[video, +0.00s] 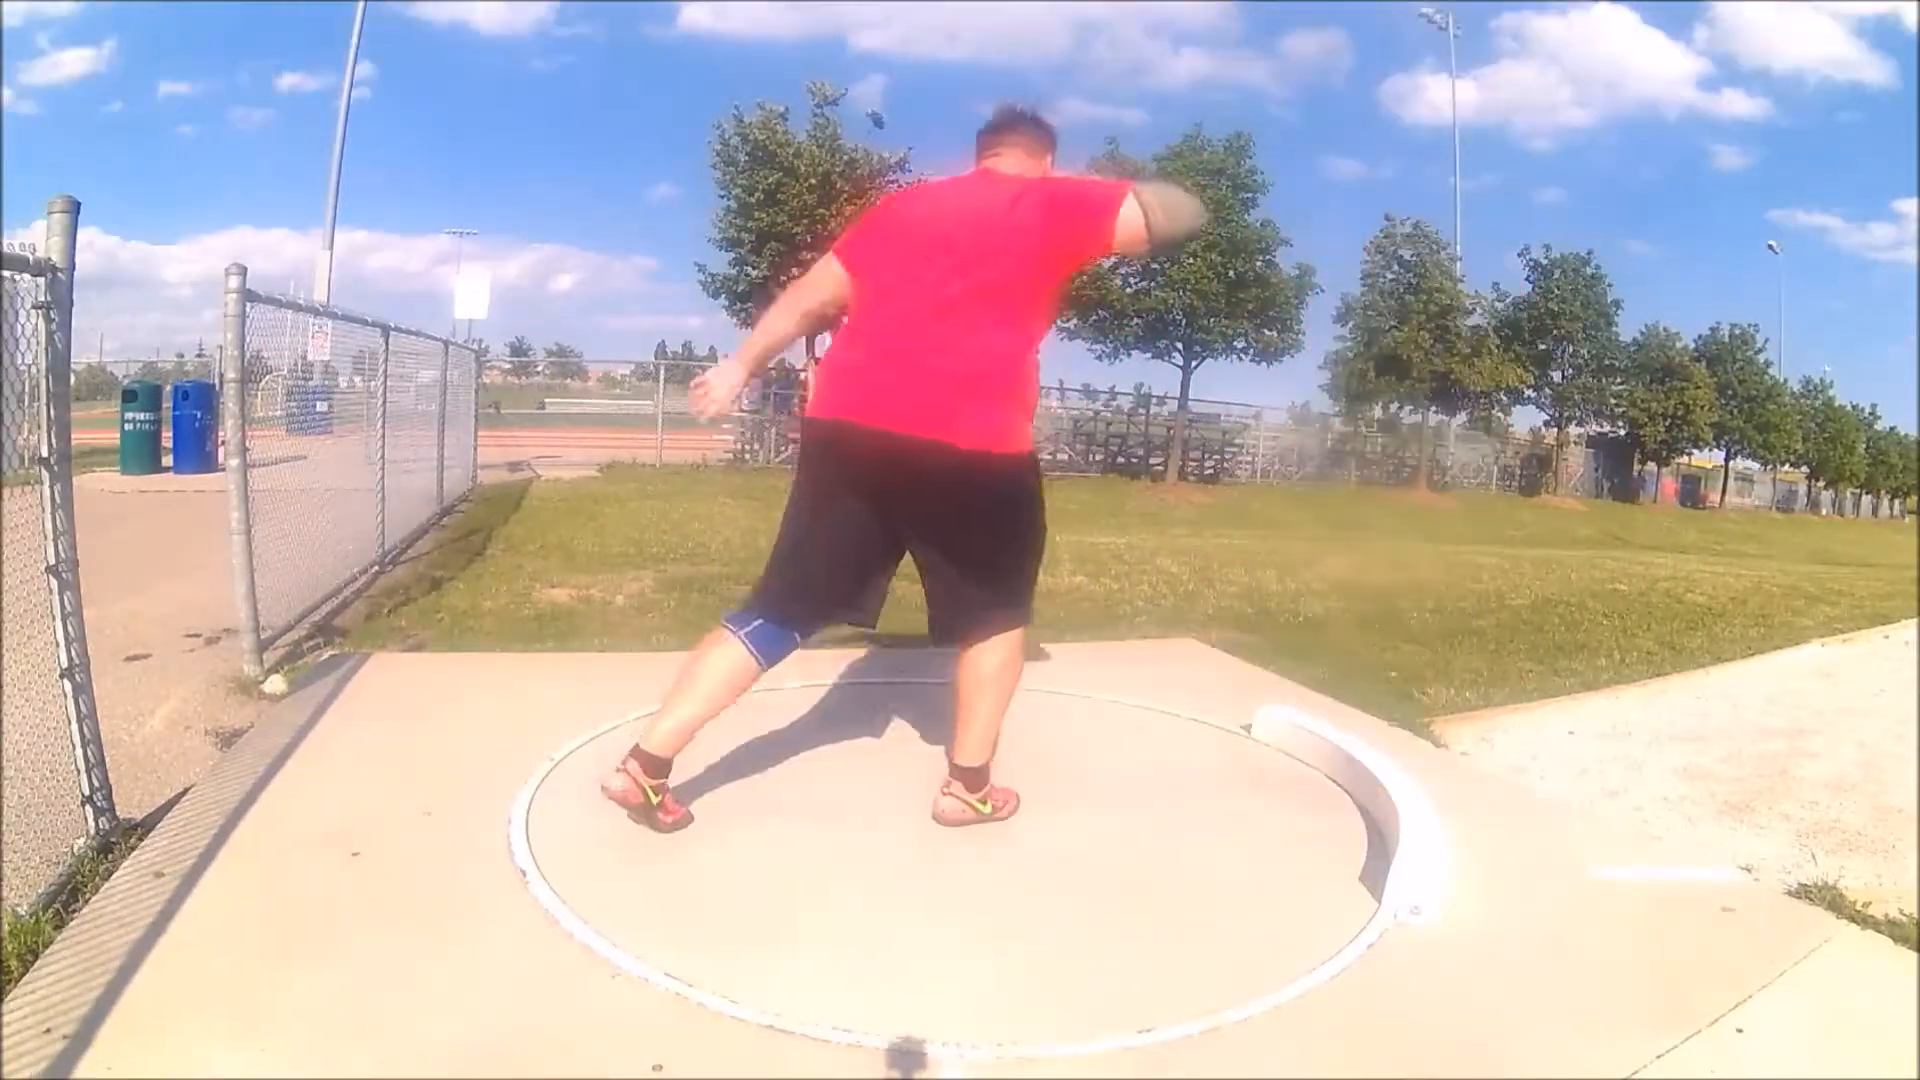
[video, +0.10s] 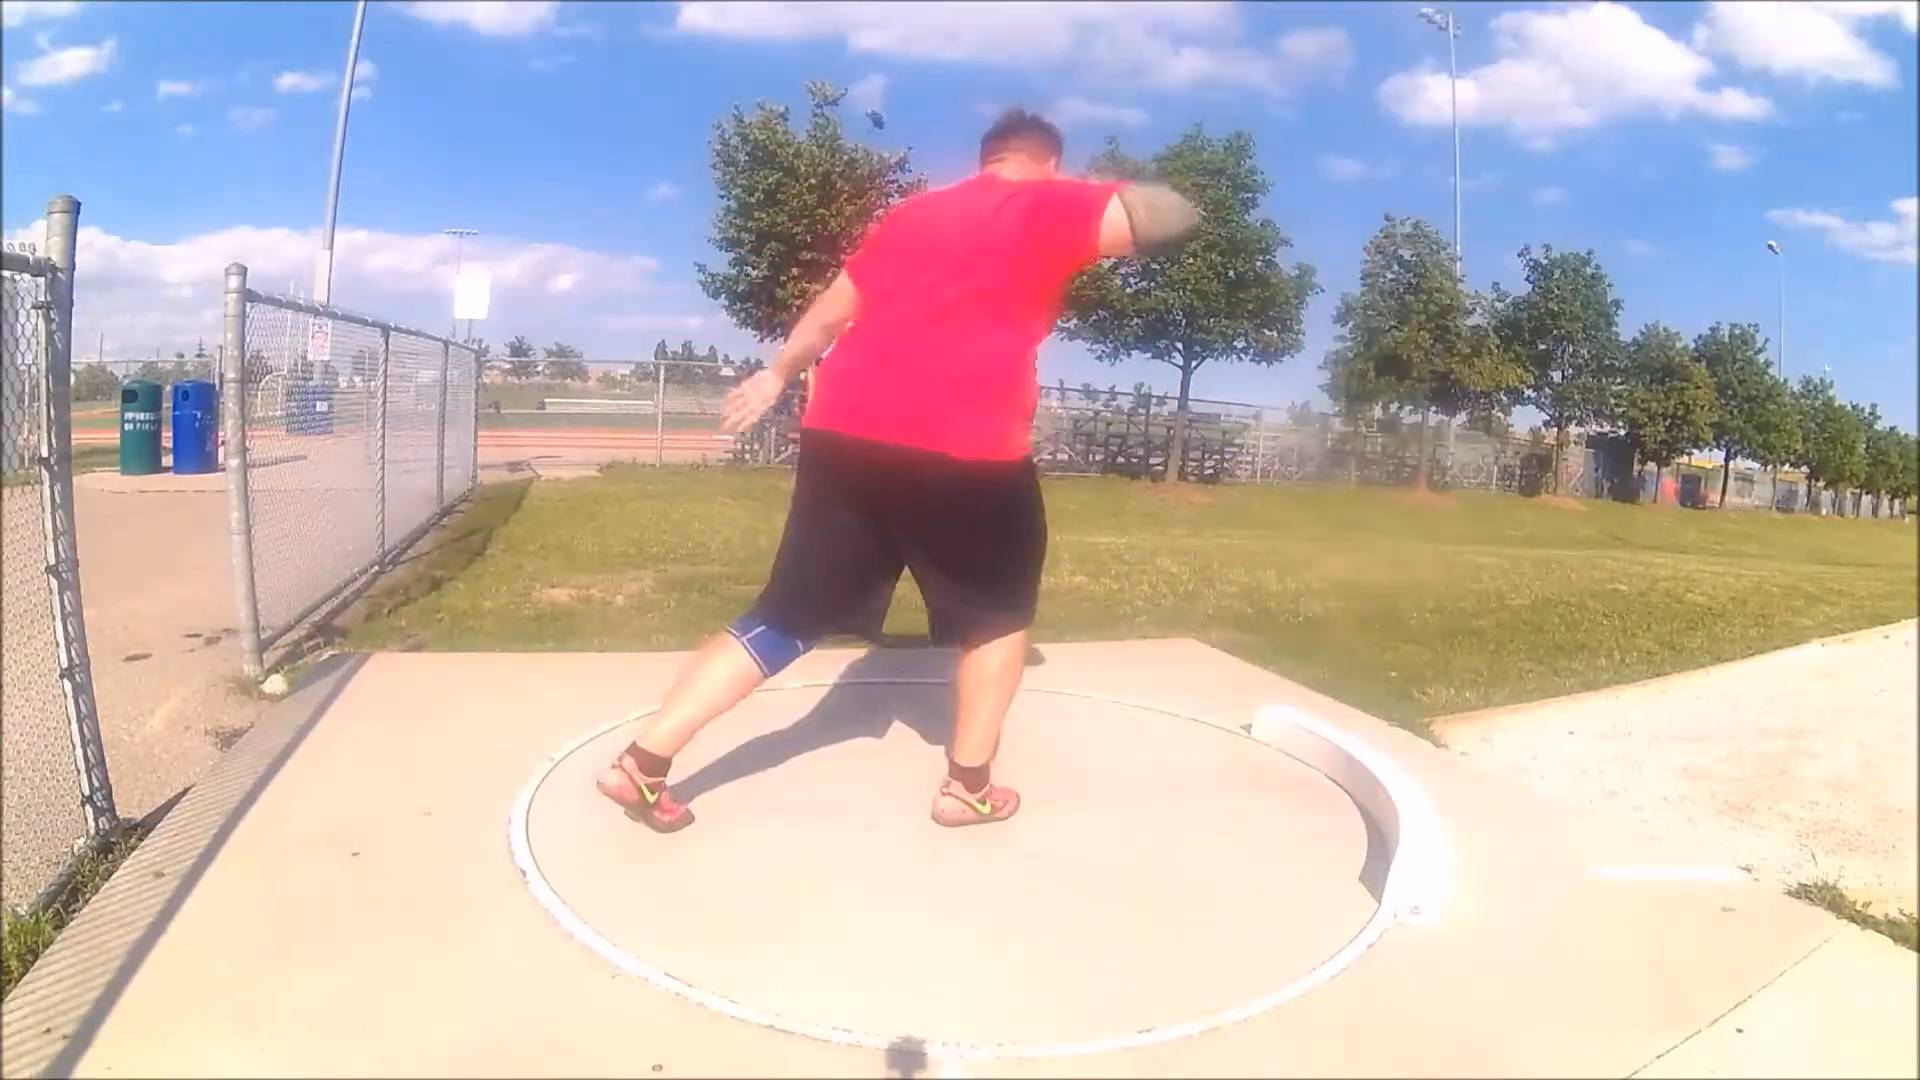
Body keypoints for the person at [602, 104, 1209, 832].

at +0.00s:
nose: (1049, 171)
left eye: (1040, 164)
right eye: (1048, 163)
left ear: (980, 154)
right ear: (1046, 161)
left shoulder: (903, 205)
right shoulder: (1060, 202)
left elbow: (811, 295)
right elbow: (1183, 213)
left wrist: (739, 366)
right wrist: (1119, 187)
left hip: (849, 435)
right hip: (975, 451)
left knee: (778, 607)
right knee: (996, 611)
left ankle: (649, 757)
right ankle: (966, 783)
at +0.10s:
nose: (1057, 174)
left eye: (1050, 166)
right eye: (1056, 165)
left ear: (984, 158)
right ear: (1050, 163)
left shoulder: (910, 212)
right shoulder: (1057, 203)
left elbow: (839, 300)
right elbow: (1176, 216)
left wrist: (775, 369)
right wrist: (1108, 191)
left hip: (844, 441)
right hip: (967, 458)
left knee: (787, 611)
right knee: (998, 611)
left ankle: (646, 756)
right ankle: (967, 783)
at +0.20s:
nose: (1064, 182)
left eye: (1063, 173)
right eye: (1061, 172)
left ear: (987, 164)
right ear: (1045, 166)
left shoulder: (923, 216)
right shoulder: (1041, 204)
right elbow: (1148, 210)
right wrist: (1094, 199)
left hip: (838, 443)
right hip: (961, 461)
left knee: (789, 621)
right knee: (999, 617)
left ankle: (642, 754)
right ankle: (967, 780)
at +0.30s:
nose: (1059, 186)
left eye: (1060, 178)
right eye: (1060, 176)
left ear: (991, 159)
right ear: (1045, 166)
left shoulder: (933, 213)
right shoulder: (1020, 197)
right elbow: (1110, 204)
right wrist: (1091, 220)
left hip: (829, 442)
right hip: (948, 457)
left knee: (791, 626)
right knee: (999, 611)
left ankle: (638, 752)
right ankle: (965, 782)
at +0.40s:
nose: (1059, 189)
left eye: (1064, 177)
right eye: (1056, 175)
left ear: (985, 160)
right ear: (1023, 162)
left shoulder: (921, 216)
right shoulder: (982, 202)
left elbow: (1022, 339)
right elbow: (1052, 190)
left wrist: (1066, 393)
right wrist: (1090, 209)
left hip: (817, 446)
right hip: (931, 459)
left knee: (798, 624)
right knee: (996, 606)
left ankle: (636, 748)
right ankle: (964, 785)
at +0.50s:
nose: (1061, 198)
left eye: (1063, 181)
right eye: (1056, 179)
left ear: (996, 154)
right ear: (1011, 165)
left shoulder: (1002, 268)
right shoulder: (923, 207)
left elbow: (1070, 335)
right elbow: (978, 185)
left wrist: (1152, 395)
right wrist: (1039, 201)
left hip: (809, 454)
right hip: (922, 466)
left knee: (793, 628)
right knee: (987, 613)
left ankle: (634, 743)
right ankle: (960, 788)